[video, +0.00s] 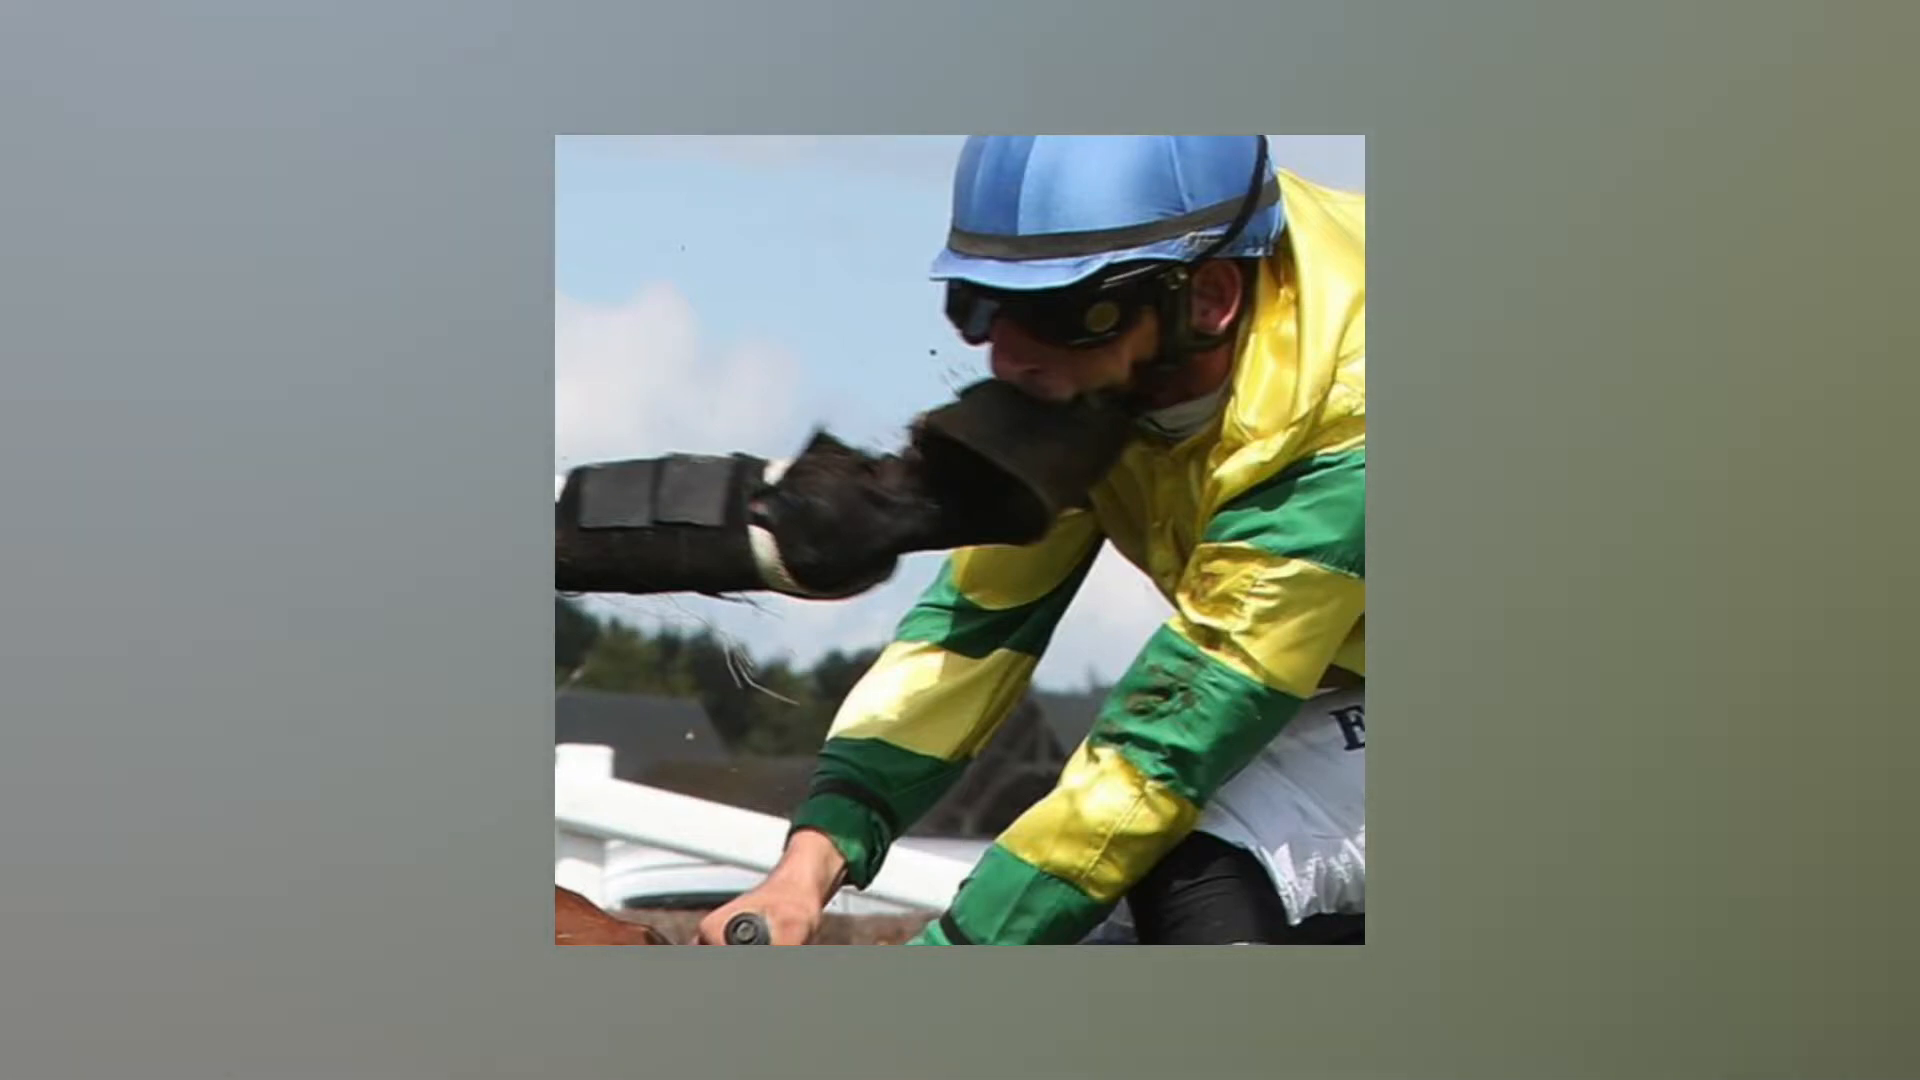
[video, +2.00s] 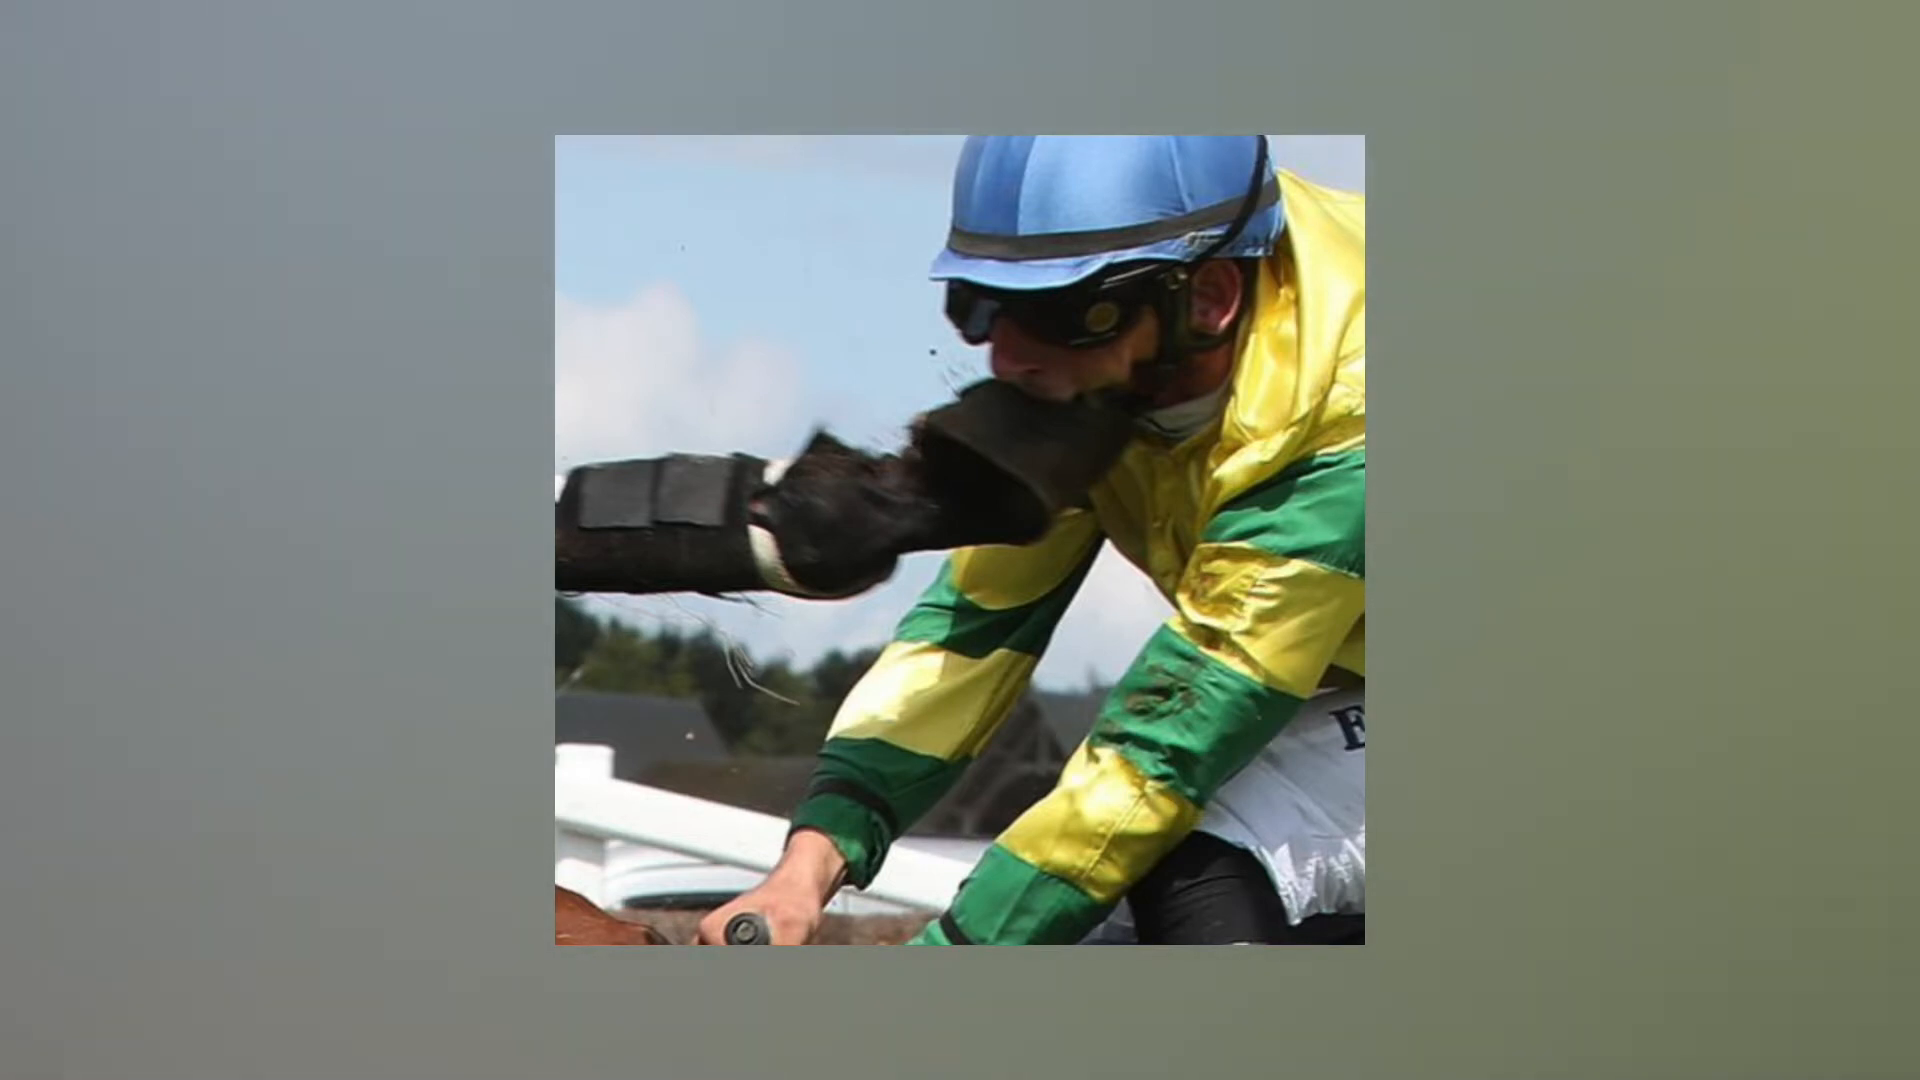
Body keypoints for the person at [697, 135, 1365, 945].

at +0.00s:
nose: (1005, 358)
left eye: (1054, 318)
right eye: (987, 309)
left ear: (1209, 299)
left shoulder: (1341, 429)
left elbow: (1160, 752)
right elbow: (969, 623)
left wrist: (933, 963)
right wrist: (804, 873)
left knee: (1204, 862)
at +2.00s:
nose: (1005, 359)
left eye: (1056, 319)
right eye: (989, 310)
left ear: (1209, 298)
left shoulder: (1341, 429)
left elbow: (1160, 751)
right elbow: (969, 623)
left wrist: (933, 965)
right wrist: (805, 871)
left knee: (1205, 865)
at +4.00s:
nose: (1005, 358)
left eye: (1056, 319)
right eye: (989, 309)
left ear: (1210, 298)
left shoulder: (1342, 429)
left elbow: (1160, 752)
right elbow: (969, 623)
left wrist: (933, 965)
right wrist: (805, 871)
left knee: (1204, 864)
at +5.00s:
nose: (1005, 358)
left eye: (1056, 319)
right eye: (989, 309)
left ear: (1209, 298)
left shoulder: (1341, 429)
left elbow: (1160, 751)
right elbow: (969, 623)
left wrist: (932, 967)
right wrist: (805, 871)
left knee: (1204, 864)